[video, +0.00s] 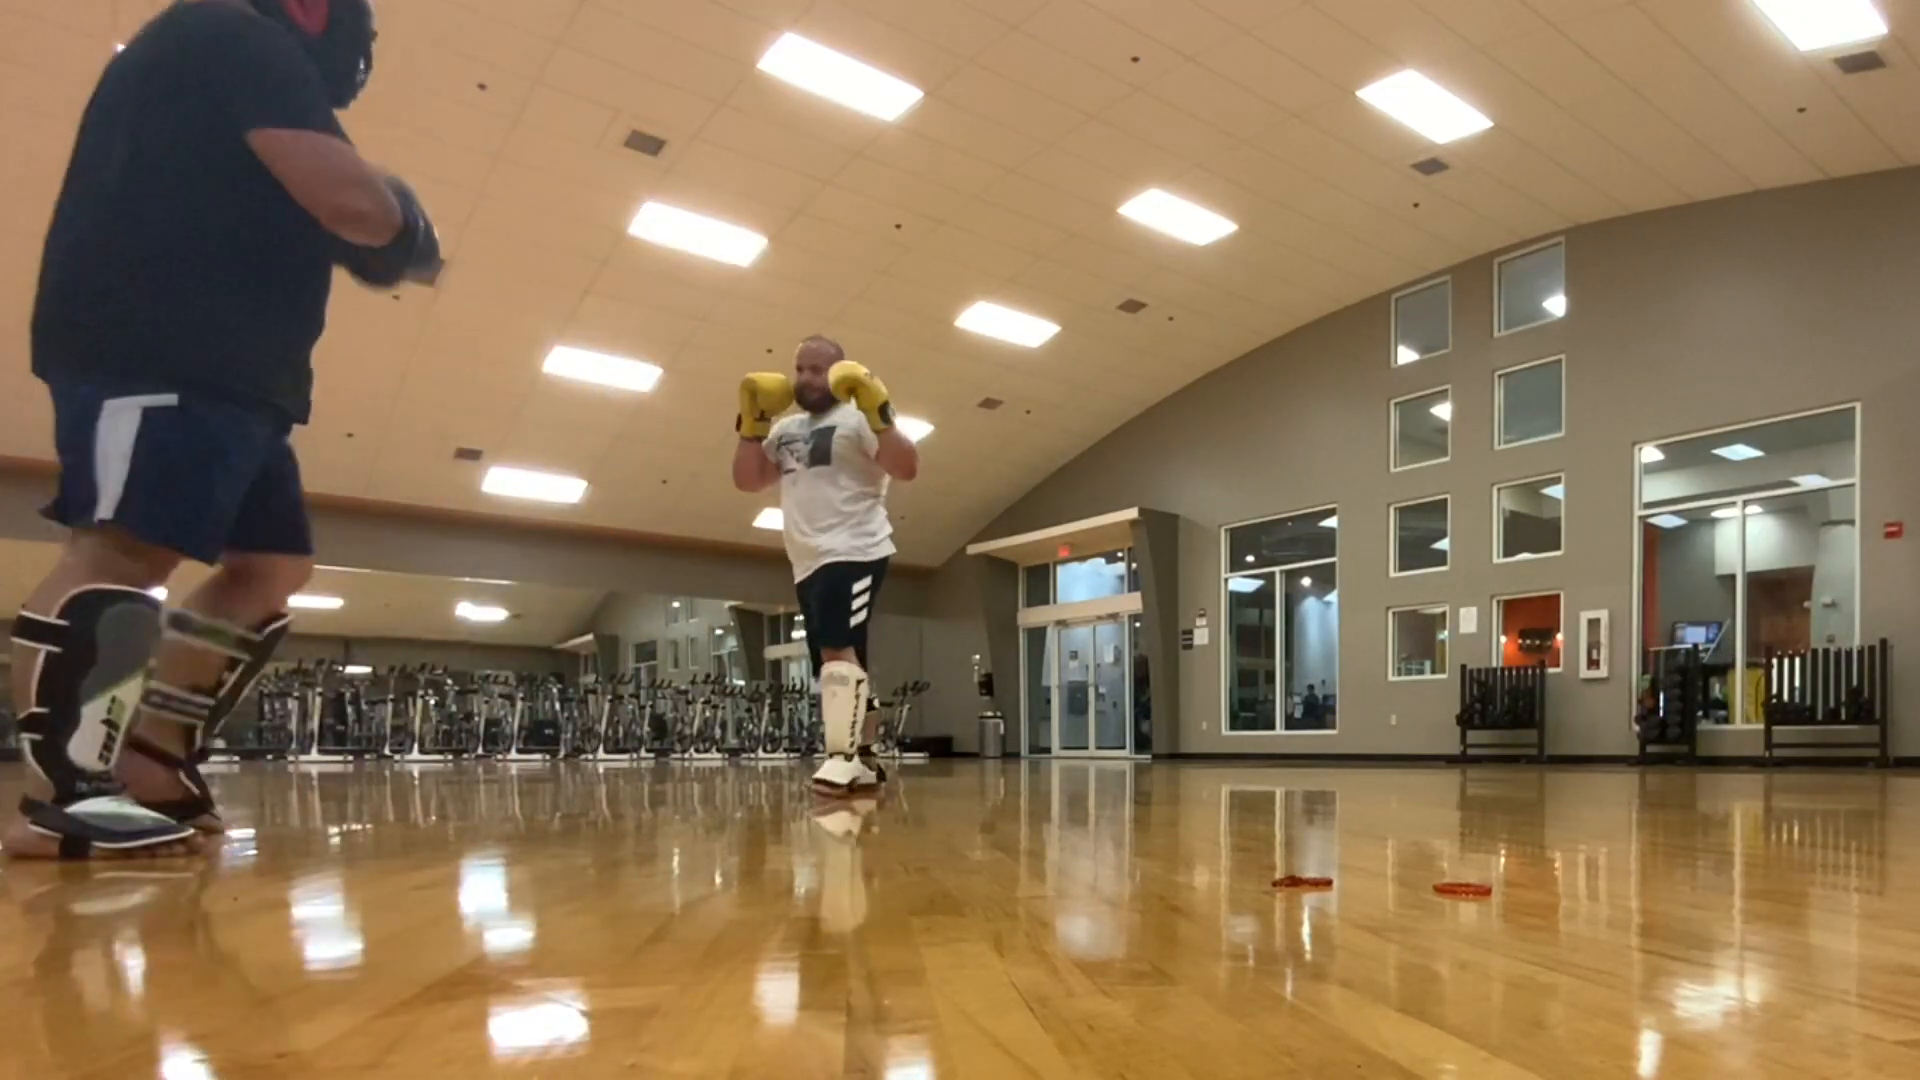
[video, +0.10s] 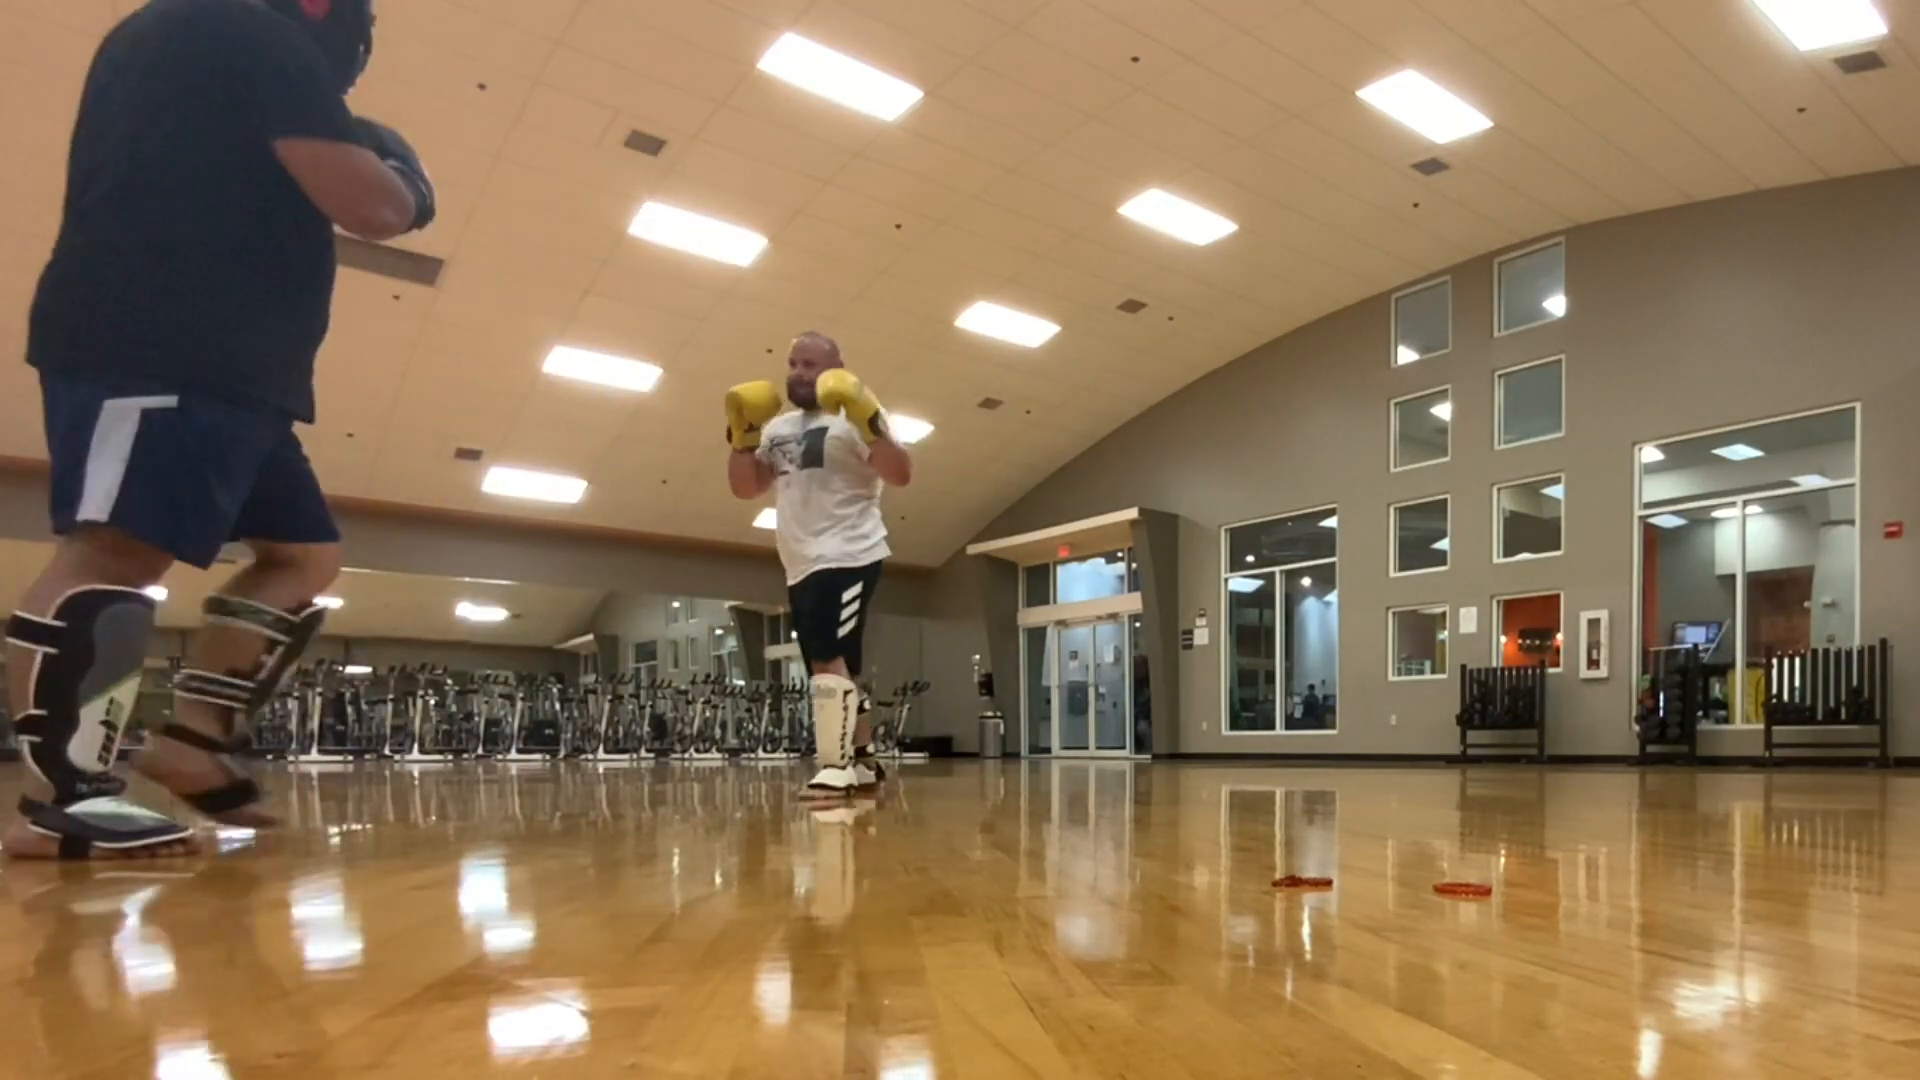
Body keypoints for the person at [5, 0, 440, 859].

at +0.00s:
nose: (362, 49)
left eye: (366, 37)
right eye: (358, 28)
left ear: (292, 10)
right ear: (307, 6)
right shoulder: (240, 36)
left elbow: (264, 211)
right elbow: (350, 203)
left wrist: (371, 249)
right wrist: (410, 226)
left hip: (216, 366)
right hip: (161, 350)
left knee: (272, 562)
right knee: (128, 551)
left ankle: (152, 760)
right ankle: (40, 785)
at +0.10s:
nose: (349, 60)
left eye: (355, 48)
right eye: (351, 39)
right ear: (316, 5)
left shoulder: (148, 31)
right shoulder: (256, 31)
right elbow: (372, 206)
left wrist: (345, 151)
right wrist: (407, 178)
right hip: (169, 349)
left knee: (304, 551)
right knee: (113, 556)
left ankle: (193, 739)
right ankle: (34, 790)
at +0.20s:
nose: (352, 67)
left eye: (359, 56)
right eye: (356, 47)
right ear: (329, 7)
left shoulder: (146, 35)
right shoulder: (273, 39)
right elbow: (397, 216)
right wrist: (412, 170)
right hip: (192, 356)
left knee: (313, 555)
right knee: (126, 558)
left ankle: (297, 761)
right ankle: (42, 784)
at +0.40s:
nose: (403, 57)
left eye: (403, 46)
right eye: (398, 37)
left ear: (289, 0)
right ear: (365, 8)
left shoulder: (195, 68)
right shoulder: (334, 48)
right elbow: (447, 222)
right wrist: (472, 233)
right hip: (272, 364)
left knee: (374, 579)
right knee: (194, 567)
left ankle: (378, 789)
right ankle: (61, 782)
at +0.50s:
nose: (428, 40)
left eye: (430, 32)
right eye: (423, 25)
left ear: (308, 0)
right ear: (387, 3)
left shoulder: (243, 75)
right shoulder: (365, 48)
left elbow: (328, 219)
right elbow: (492, 216)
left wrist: (446, 233)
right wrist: (508, 233)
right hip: (331, 362)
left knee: (394, 581)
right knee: (286, 565)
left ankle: (380, 787)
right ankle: (109, 754)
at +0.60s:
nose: (448, 26)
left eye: (448, 21)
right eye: (445, 16)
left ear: (333, 0)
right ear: (416, 2)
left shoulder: (279, 76)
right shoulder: (402, 48)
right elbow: (525, 205)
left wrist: (484, 220)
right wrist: (549, 201)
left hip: (294, 348)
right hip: (379, 343)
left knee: (364, 569)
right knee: (398, 560)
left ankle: (379, 784)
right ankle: (184, 725)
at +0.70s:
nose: (486, 32)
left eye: (485, 24)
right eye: (481, 19)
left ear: (371, 4)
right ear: (448, 4)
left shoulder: (314, 78)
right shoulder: (440, 52)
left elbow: (392, 209)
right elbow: (560, 203)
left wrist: (512, 208)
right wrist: (579, 187)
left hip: (322, 353)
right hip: (417, 346)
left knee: (374, 566)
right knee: (479, 542)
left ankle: (345, 762)